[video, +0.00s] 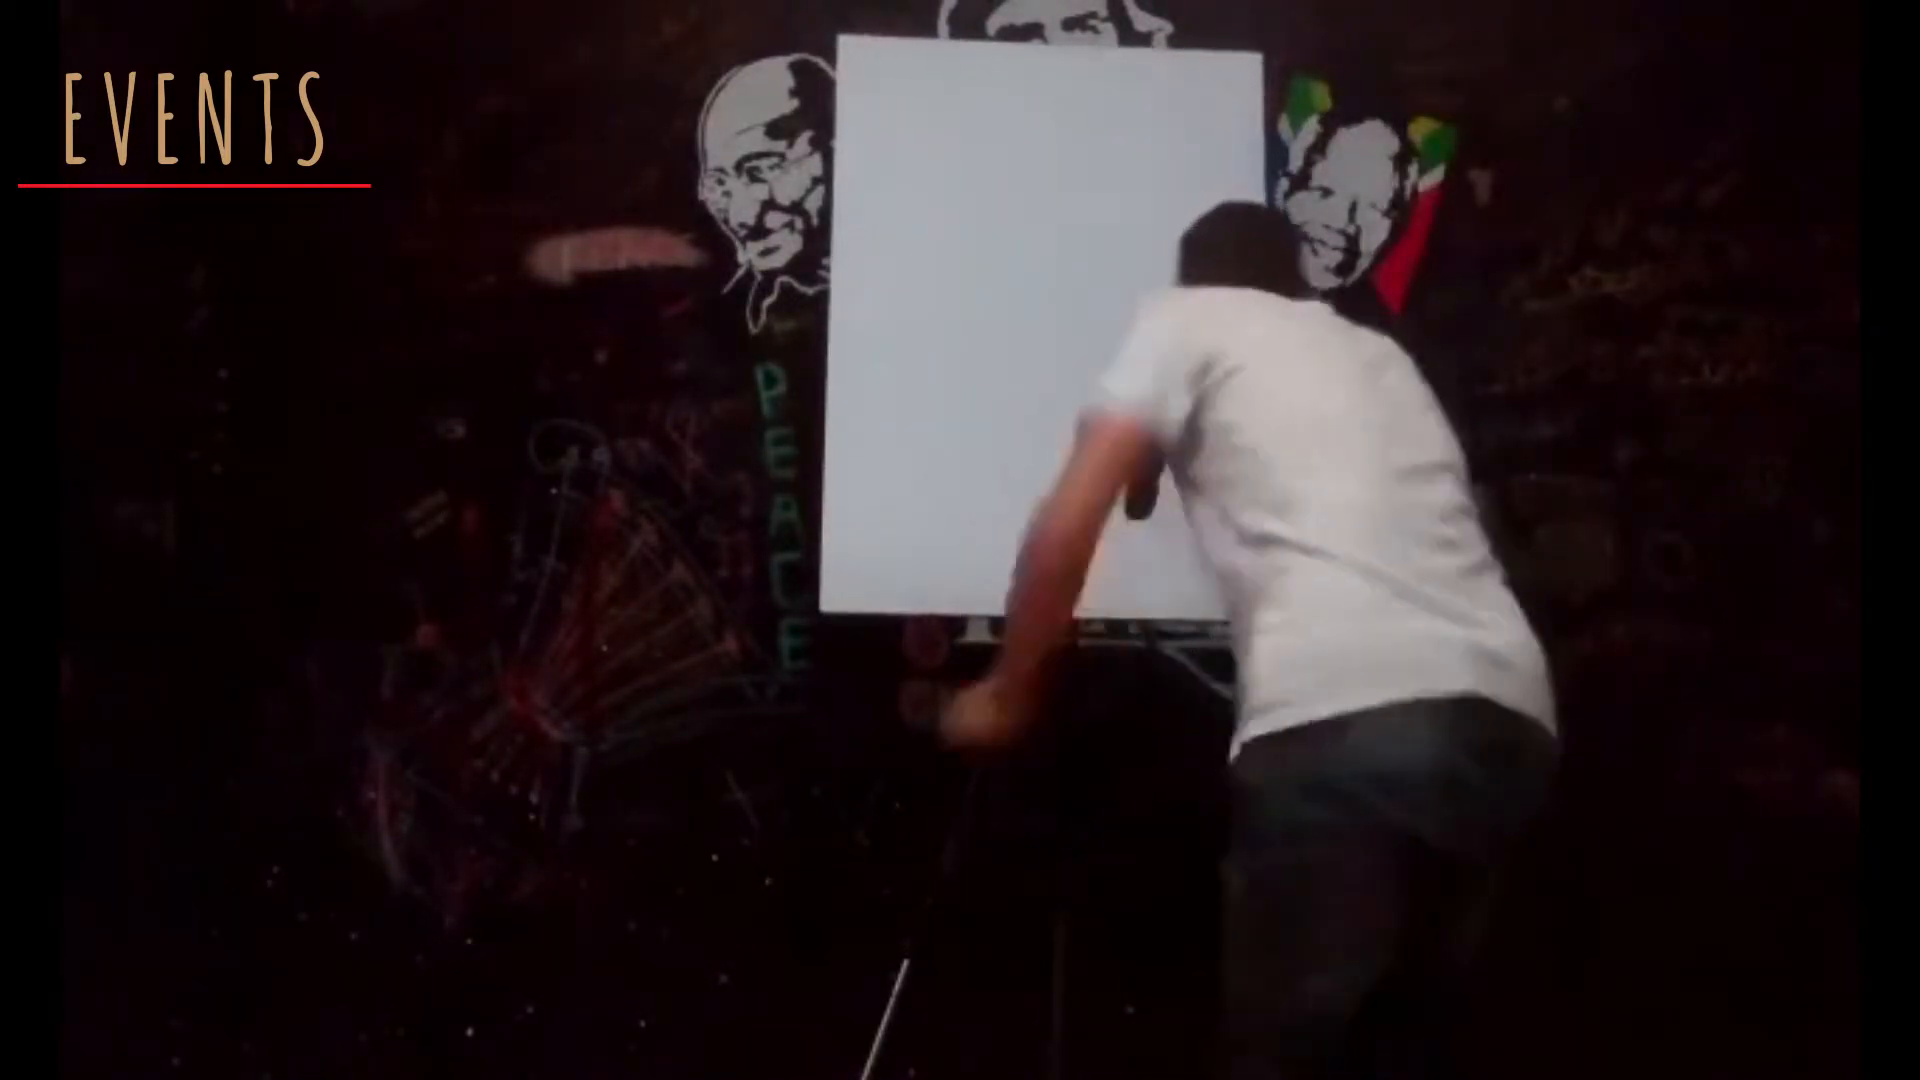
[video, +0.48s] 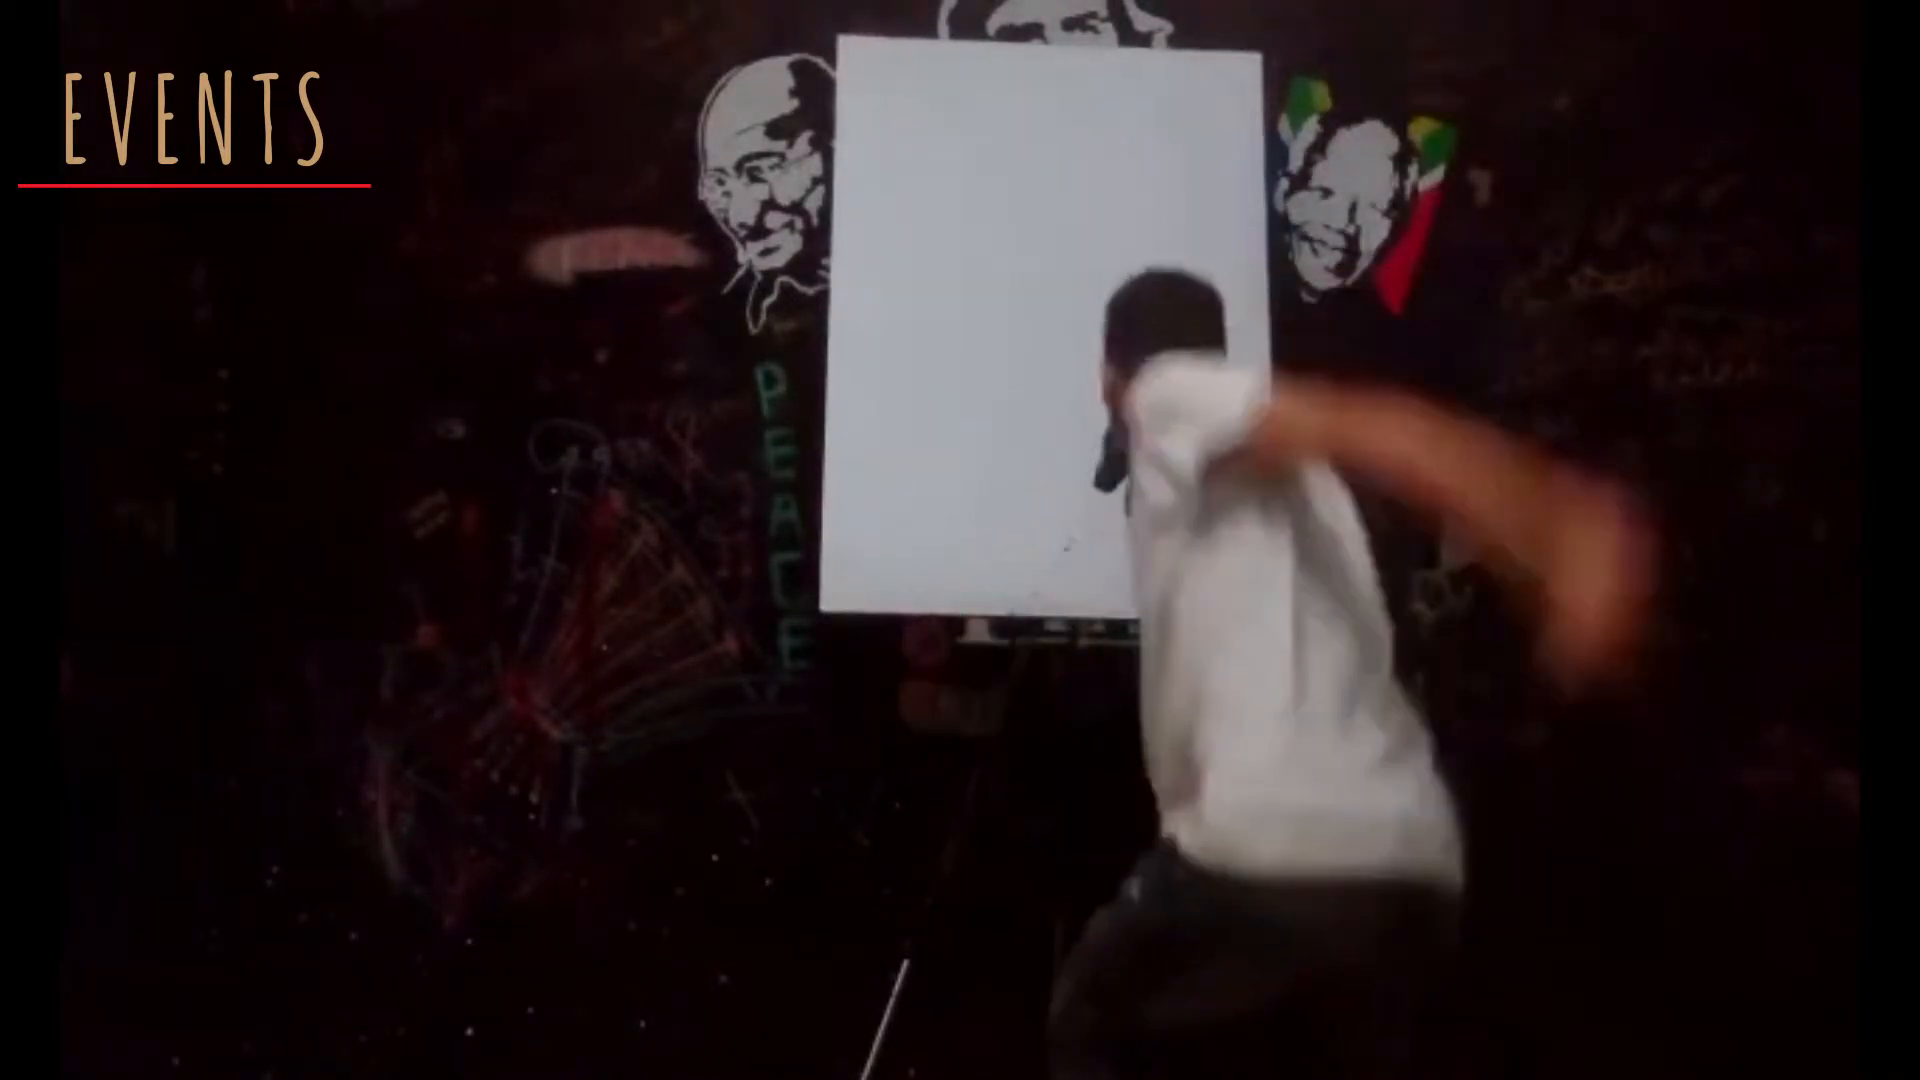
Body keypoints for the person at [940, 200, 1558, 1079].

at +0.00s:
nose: (1184, 299)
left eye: (1185, 286)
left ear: (1194, 276)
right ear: (1301, 277)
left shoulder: (1192, 315)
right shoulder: (1384, 355)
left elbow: (1061, 531)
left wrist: (1009, 692)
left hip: (1342, 716)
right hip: (1506, 717)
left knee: (1286, 1040)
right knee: (1431, 1033)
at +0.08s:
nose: (1157, 313)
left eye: (1162, 299)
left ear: (1173, 286)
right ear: (1278, 279)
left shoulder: (1200, 313)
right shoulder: (1364, 367)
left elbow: (1127, 487)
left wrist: (1017, 645)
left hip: (1341, 742)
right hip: (1504, 745)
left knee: (1195, 1015)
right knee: (1396, 1029)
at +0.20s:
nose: (1149, 331)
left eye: (1149, 314)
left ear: (1155, 297)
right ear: (1260, 291)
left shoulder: (1194, 315)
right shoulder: (1351, 382)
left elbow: (1225, 416)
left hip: (1338, 745)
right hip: (1493, 753)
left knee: (1162, 983)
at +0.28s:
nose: (1110, 353)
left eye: (1114, 333)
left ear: (1127, 320)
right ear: (1227, 290)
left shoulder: (1163, 343)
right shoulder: (1317, 401)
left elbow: (1285, 312)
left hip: (1310, 780)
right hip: (1461, 780)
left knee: (1128, 1016)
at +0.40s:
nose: (1105, 356)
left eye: (1106, 341)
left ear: (1117, 329)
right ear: (1216, 302)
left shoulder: (1155, 352)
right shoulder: (1310, 429)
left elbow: (1292, 333)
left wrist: (1503, 347)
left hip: (1288, 797)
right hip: (1434, 801)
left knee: (1112, 1030)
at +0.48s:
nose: (1105, 397)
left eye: (1106, 376)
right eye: (1110, 378)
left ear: (1113, 372)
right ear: (1217, 347)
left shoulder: (1167, 396)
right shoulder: (1295, 459)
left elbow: (1366, 426)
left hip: (1266, 850)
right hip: (1405, 860)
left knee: (1090, 1026)